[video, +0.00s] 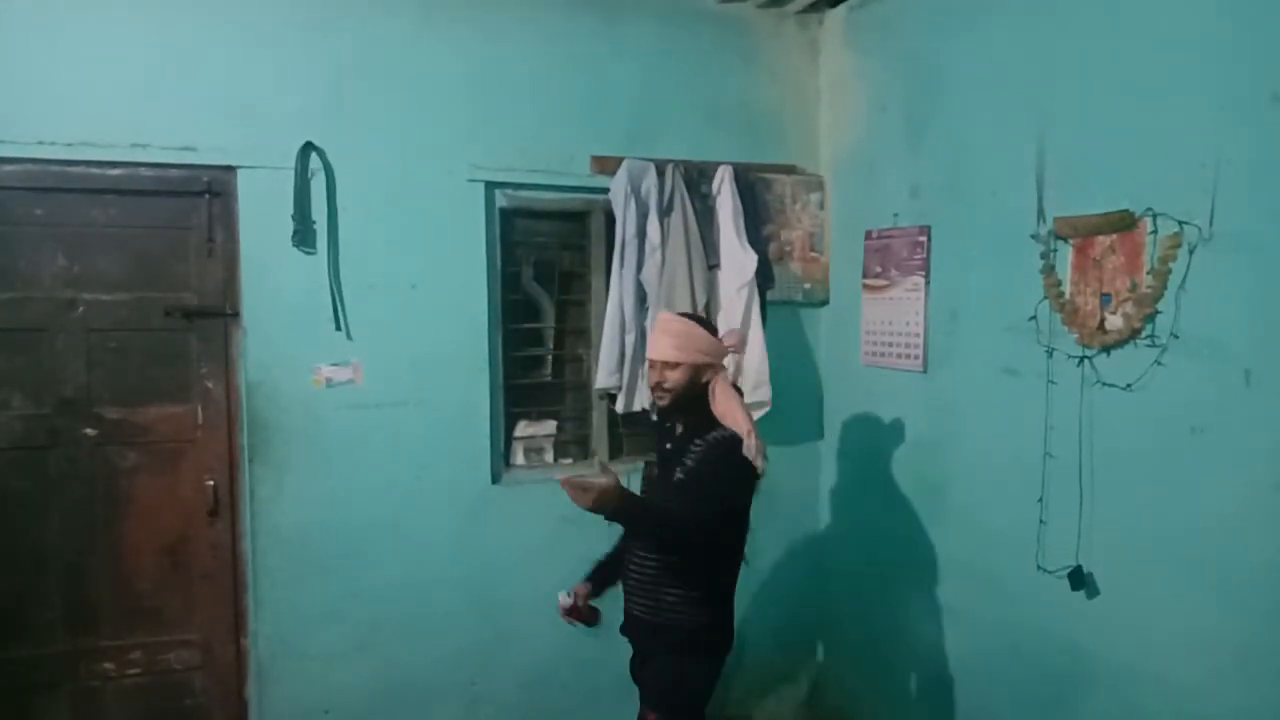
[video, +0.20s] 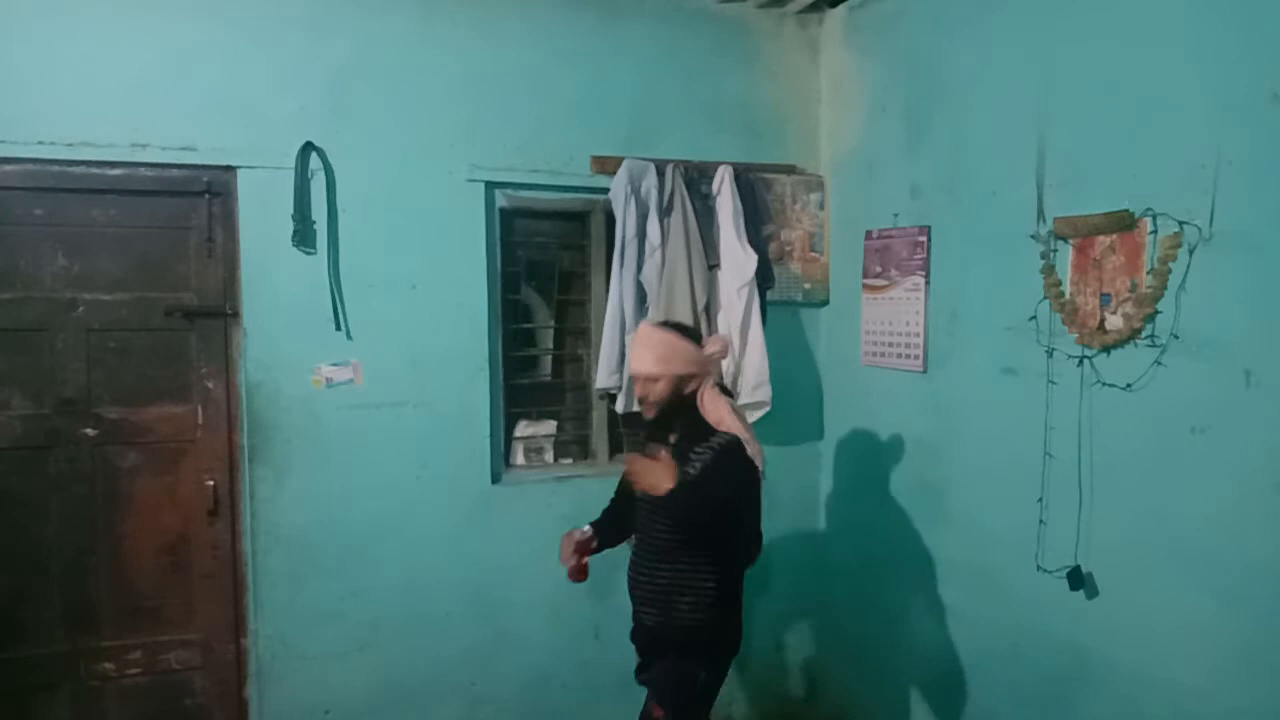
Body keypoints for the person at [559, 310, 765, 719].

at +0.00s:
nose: (657, 379)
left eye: (671, 367)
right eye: (652, 365)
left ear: (706, 373)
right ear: (645, 366)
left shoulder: (726, 450)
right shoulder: (671, 435)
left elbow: (694, 537)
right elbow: (649, 528)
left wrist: (622, 505)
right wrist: (593, 584)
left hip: (690, 634)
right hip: (651, 626)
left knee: (673, 712)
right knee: (655, 709)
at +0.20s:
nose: (639, 392)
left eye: (652, 381)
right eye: (636, 380)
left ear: (688, 381)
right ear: (632, 377)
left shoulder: (727, 449)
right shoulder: (660, 436)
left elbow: (742, 548)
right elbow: (628, 508)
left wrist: (678, 489)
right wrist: (594, 536)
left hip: (701, 630)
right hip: (654, 622)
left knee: (662, 710)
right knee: (673, 708)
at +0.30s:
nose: (643, 404)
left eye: (657, 392)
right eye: (639, 391)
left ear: (692, 389)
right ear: (634, 387)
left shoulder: (734, 462)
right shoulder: (655, 451)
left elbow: (747, 565)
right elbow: (624, 517)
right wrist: (592, 555)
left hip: (708, 634)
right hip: (656, 626)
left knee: (678, 709)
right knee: (664, 705)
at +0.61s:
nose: (667, 391)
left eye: (681, 381)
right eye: (667, 379)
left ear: (715, 389)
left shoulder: (748, 460)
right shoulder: (669, 447)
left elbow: (754, 552)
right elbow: (626, 517)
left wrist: (670, 515)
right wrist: (597, 505)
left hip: (721, 631)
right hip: (671, 622)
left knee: (667, 710)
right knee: (669, 708)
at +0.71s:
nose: (671, 380)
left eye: (685, 372)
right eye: (673, 368)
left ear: (718, 387)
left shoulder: (749, 467)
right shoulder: (668, 453)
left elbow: (749, 573)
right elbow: (645, 531)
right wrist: (613, 537)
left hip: (718, 631)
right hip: (666, 622)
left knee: (689, 711)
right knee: (662, 710)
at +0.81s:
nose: (687, 384)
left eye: (702, 377)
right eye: (690, 373)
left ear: (733, 396)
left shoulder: (753, 478)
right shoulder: (669, 463)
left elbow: (742, 589)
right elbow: (617, 538)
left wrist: (741, 691)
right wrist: (595, 517)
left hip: (709, 646)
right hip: (653, 639)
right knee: (653, 707)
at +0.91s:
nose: (692, 391)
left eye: (707, 384)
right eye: (695, 381)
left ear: (738, 404)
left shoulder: (759, 495)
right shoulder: (665, 466)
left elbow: (771, 607)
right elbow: (586, 484)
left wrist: (763, 698)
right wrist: (582, 431)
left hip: (692, 656)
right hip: (638, 643)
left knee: (645, 711)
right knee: (641, 711)